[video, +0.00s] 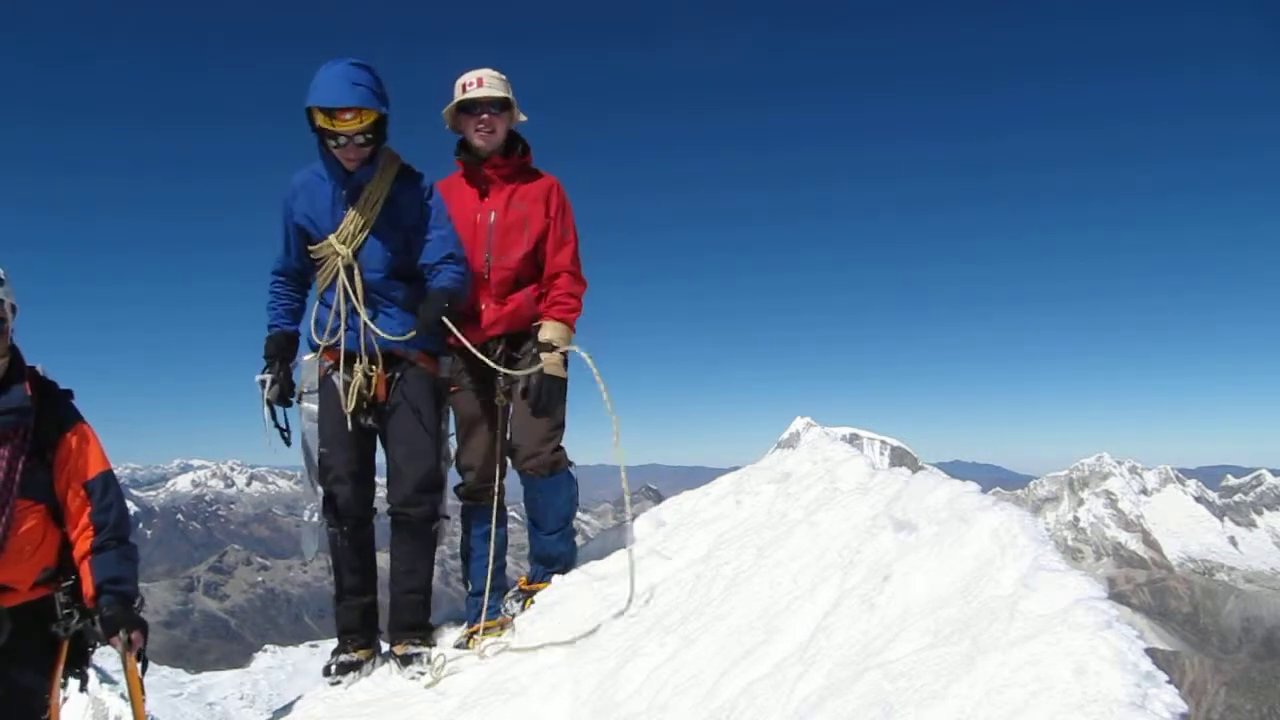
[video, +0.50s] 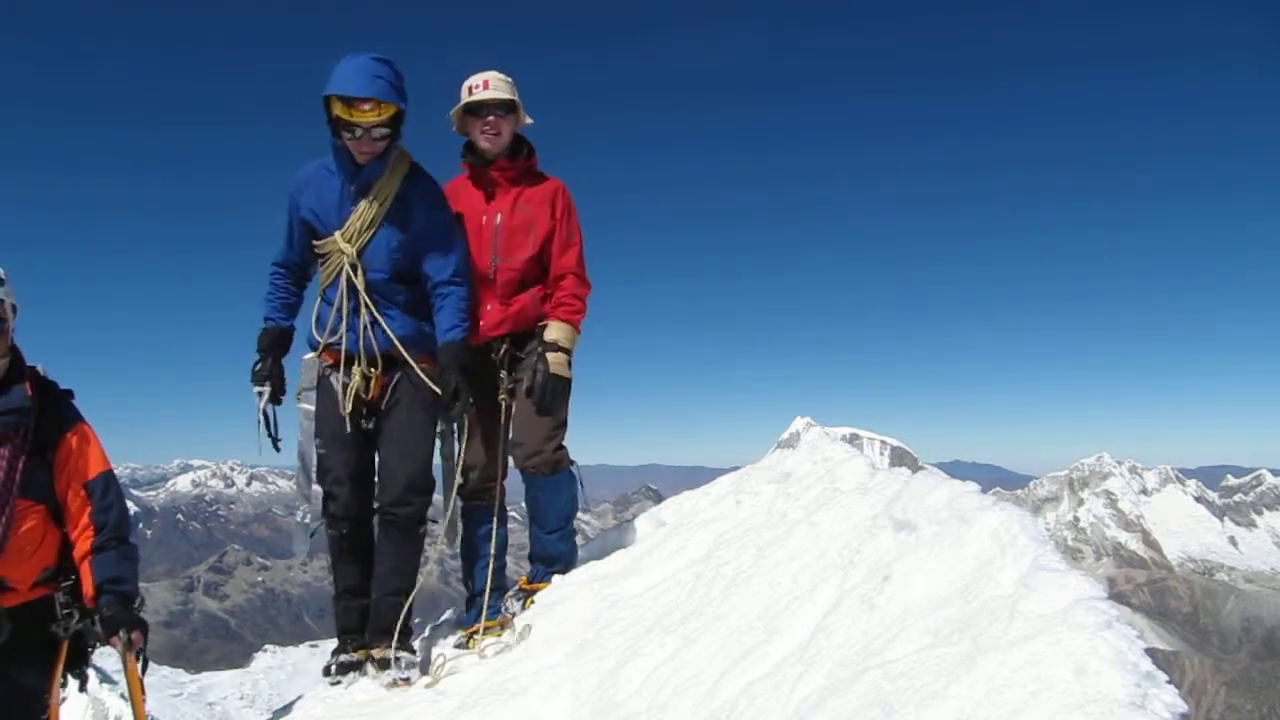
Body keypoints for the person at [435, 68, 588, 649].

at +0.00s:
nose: (484, 120)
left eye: (493, 110)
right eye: (472, 112)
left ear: (512, 118)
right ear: (458, 124)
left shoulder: (544, 190)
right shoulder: (442, 196)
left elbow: (564, 272)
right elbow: (428, 272)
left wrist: (555, 338)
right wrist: (427, 352)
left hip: (529, 340)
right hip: (464, 345)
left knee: (537, 453)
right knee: (478, 468)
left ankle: (550, 572)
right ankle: (483, 600)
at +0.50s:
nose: (490, 122)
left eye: (500, 112)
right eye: (479, 113)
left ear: (517, 120)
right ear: (464, 125)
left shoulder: (550, 194)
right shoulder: (449, 198)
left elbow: (569, 276)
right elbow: (436, 276)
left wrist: (557, 342)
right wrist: (448, 347)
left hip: (534, 341)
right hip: (472, 346)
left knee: (538, 451)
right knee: (478, 471)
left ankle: (550, 571)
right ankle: (484, 601)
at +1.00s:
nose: (496, 124)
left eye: (506, 115)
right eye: (485, 115)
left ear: (522, 124)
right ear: (470, 127)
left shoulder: (552, 198)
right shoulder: (454, 198)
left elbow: (571, 282)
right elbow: (440, 272)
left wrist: (562, 353)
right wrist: (452, 341)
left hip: (536, 348)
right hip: (473, 347)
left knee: (543, 463)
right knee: (477, 472)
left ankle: (546, 585)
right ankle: (484, 600)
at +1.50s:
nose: (503, 128)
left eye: (514, 118)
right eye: (492, 119)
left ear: (529, 127)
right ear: (474, 128)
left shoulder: (557, 202)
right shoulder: (453, 202)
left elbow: (575, 283)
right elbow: (432, 282)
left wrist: (573, 353)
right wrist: (423, 349)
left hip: (540, 351)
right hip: (472, 354)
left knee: (539, 468)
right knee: (479, 477)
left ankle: (542, 586)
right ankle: (484, 600)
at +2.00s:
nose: (503, 128)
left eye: (514, 119)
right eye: (491, 119)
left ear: (528, 129)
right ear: (474, 128)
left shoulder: (551, 206)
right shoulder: (448, 202)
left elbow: (571, 290)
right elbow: (428, 283)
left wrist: (570, 360)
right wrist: (416, 355)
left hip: (535, 352)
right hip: (467, 354)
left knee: (540, 465)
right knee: (478, 476)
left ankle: (544, 586)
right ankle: (486, 603)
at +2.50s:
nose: (502, 126)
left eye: (513, 117)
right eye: (491, 117)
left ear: (528, 128)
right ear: (474, 127)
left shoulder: (551, 204)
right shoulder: (450, 200)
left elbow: (571, 289)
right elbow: (434, 277)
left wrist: (572, 359)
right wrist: (448, 340)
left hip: (536, 350)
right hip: (469, 352)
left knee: (540, 464)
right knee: (478, 476)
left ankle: (542, 587)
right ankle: (486, 603)